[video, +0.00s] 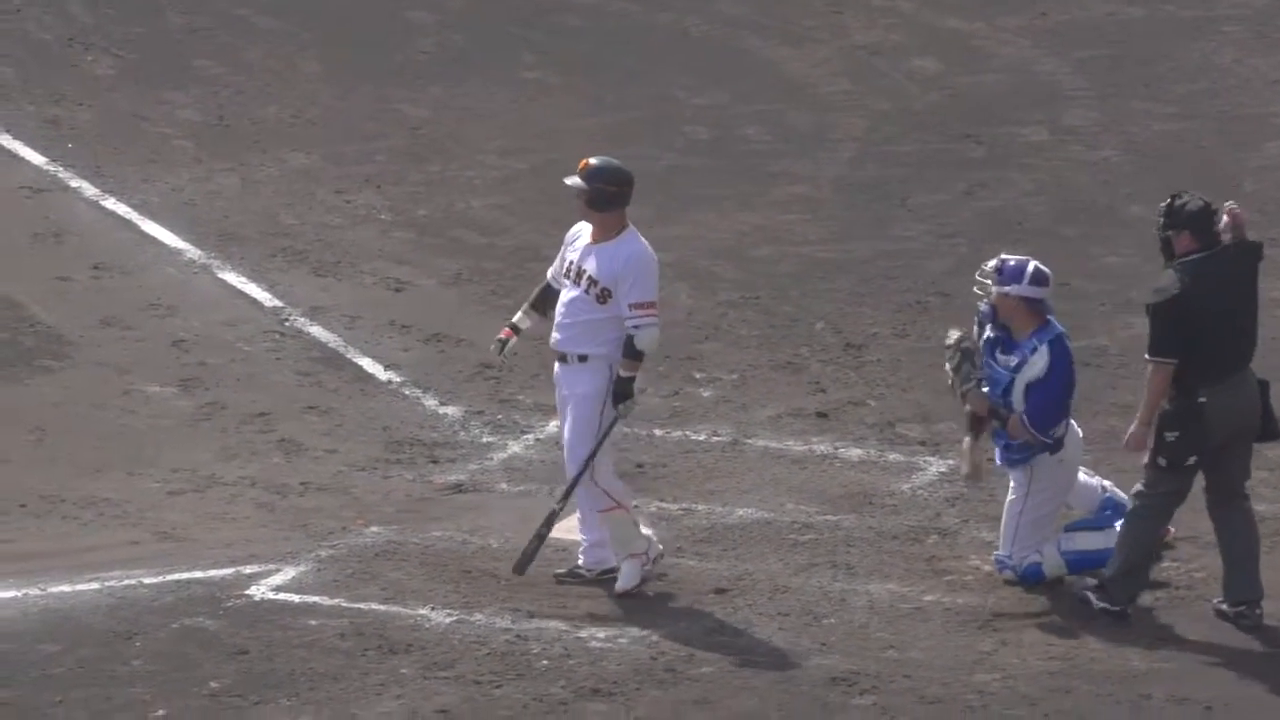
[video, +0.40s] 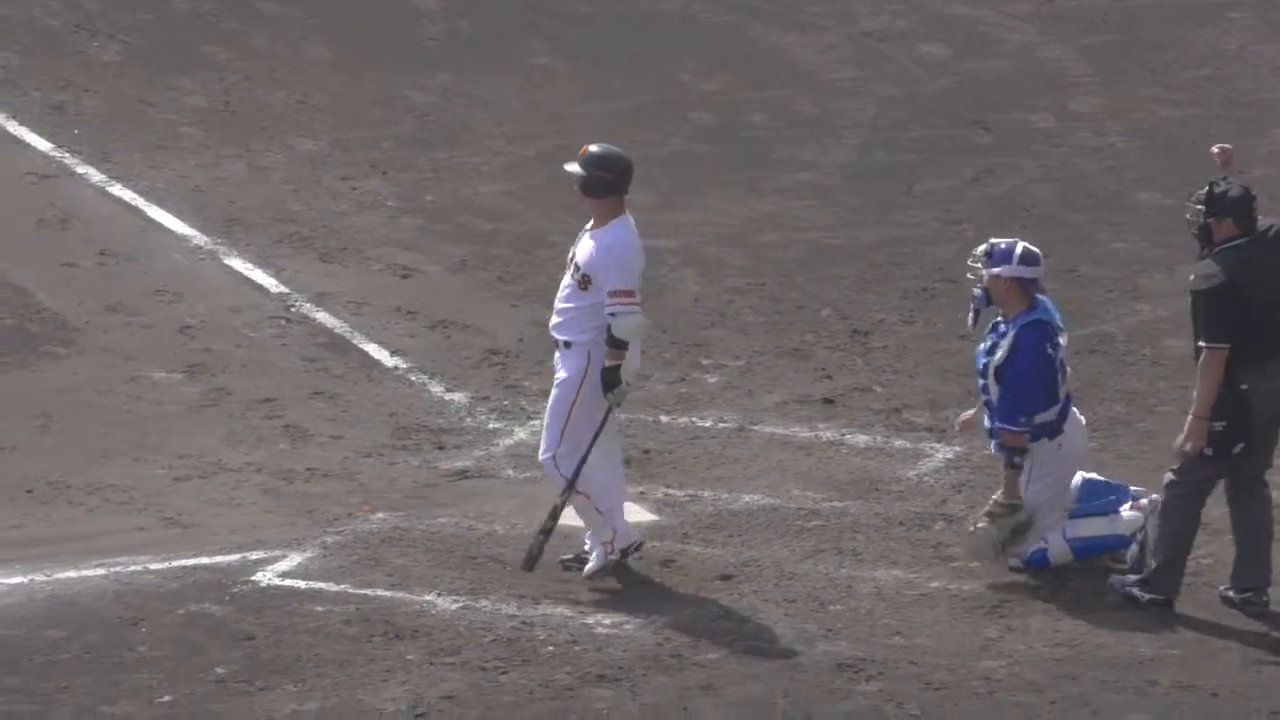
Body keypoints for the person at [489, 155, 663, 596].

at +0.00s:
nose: (578, 199)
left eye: (584, 194)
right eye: (579, 192)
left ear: (605, 202)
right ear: (606, 201)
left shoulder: (635, 257)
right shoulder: (579, 234)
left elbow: (642, 331)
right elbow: (551, 287)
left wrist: (624, 381)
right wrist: (516, 326)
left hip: (597, 372)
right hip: (565, 367)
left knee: (586, 465)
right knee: (578, 464)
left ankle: (639, 548)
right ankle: (597, 556)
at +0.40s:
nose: (576, 185)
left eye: (582, 181)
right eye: (579, 179)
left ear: (597, 188)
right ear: (613, 187)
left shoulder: (618, 244)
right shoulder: (600, 227)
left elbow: (622, 317)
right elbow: (598, 301)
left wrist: (611, 367)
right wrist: (573, 352)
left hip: (590, 359)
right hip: (578, 353)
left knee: (557, 455)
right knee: (597, 450)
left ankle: (612, 537)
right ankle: (608, 537)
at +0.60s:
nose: (579, 188)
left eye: (584, 184)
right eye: (581, 182)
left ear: (599, 191)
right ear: (619, 191)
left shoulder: (605, 247)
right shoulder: (632, 227)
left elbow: (601, 320)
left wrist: (585, 372)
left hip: (594, 358)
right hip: (619, 351)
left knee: (584, 458)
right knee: (599, 449)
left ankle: (617, 558)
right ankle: (602, 541)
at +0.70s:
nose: (581, 189)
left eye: (586, 185)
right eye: (583, 182)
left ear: (599, 191)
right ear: (623, 191)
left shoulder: (598, 246)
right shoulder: (644, 231)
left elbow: (587, 319)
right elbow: (653, 293)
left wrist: (570, 365)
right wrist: (622, 320)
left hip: (601, 357)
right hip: (631, 350)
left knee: (594, 462)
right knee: (603, 451)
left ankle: (623, 560)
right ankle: (602, 538)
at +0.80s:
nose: (581, 192)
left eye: (586, 187)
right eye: (584, 185)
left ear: (597, 193)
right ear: (624, 192)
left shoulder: (591, 244)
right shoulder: (650, 238)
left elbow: (572, 317)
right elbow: (659, 305)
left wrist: (554, 362)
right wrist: (642, 344)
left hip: (598, 364)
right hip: (636, 361)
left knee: (598, 466)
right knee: (600, 451)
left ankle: (623, 565)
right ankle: (594, 536)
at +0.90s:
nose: (577, 190)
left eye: (581, 186)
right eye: (580, 184)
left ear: (592, 191)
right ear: (620, 192)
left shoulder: (581, 240)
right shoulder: (648, 242)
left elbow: (555, 309)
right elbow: (659, 309)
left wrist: (540, 359)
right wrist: (654, 358)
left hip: (591, 367)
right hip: (633, 363)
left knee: (596, 466)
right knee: (599, 451)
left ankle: (615, 564)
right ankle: (601, 534)